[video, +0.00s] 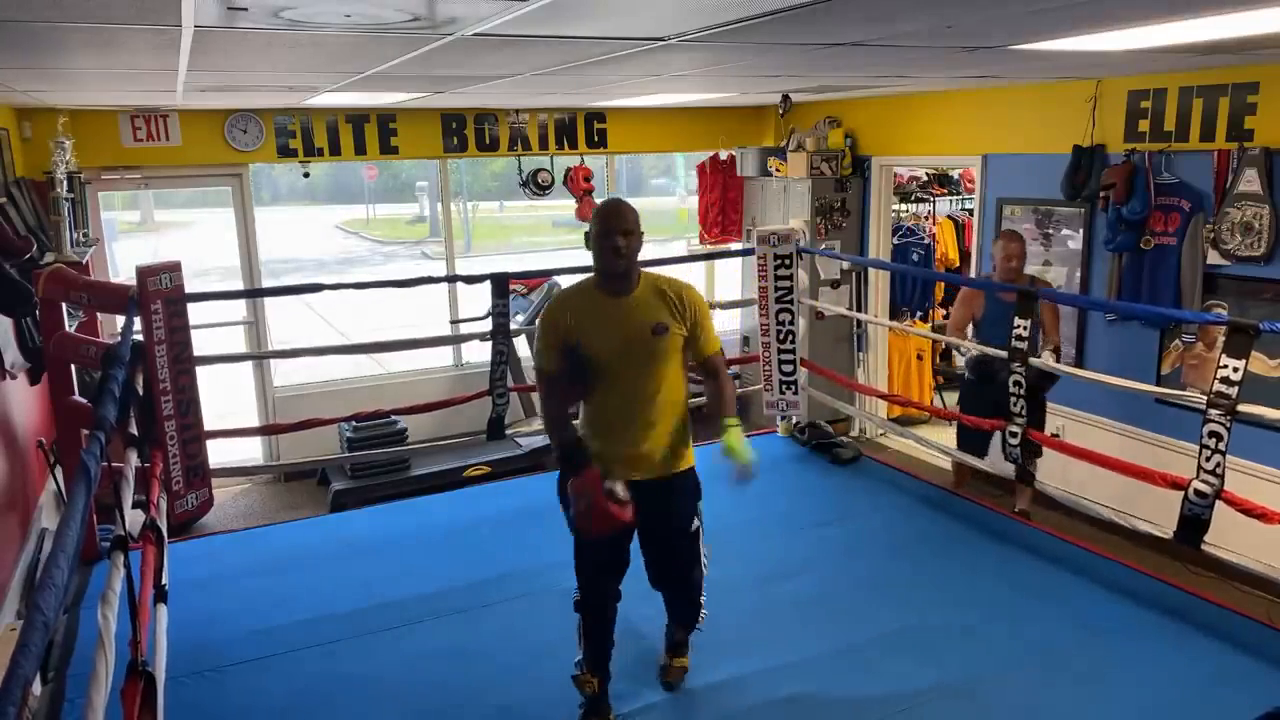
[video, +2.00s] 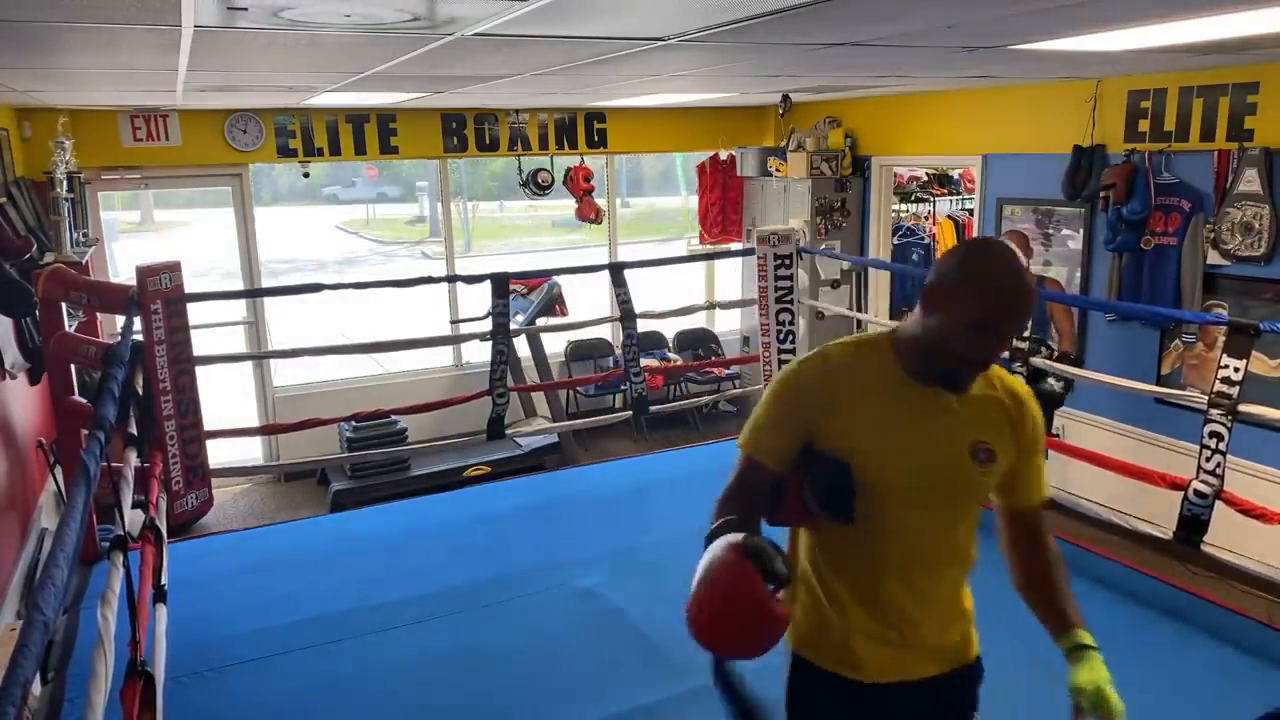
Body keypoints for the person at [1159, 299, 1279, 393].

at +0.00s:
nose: (1219, 326)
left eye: (1223, 322)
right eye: (1214, 320)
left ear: (1225, 326)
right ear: (1201, 324)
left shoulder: (1232, 350)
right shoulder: (1189, 348)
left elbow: (1271, 367)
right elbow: (1163, 369)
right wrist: (1178, 346)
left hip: (1218, 406)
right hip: (1189, 403)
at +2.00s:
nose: (1219, 326)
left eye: (1222, 322)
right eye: (1214, 320)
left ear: (1225, 327)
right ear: (1201, 324)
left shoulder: (1233, 350)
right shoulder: (1189, 348)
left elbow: (1271, 368)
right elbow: (1163, 369)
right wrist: (1179, 346)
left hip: (1218, 407)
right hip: (1188, 404)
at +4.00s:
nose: (1220, 327)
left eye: (1223, 323)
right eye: (1214, 321)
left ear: (1226, 328)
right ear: (1201, 326)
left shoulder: (1231, 350)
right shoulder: (1189, 349)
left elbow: (1271, 368)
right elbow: (1162, 370)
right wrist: (1178, 347)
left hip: (1218, 406)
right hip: (1189, 402)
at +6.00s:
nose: (1220, 327)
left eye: (1224, 323)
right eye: (1215, 322)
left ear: (1226, 327)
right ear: (1201, 325)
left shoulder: (1231, 349)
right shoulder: (1189, 348)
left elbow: (1270, 368)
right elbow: (1162, 369)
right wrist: (1179, 348)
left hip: (1218, 405)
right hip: (1189, 401)